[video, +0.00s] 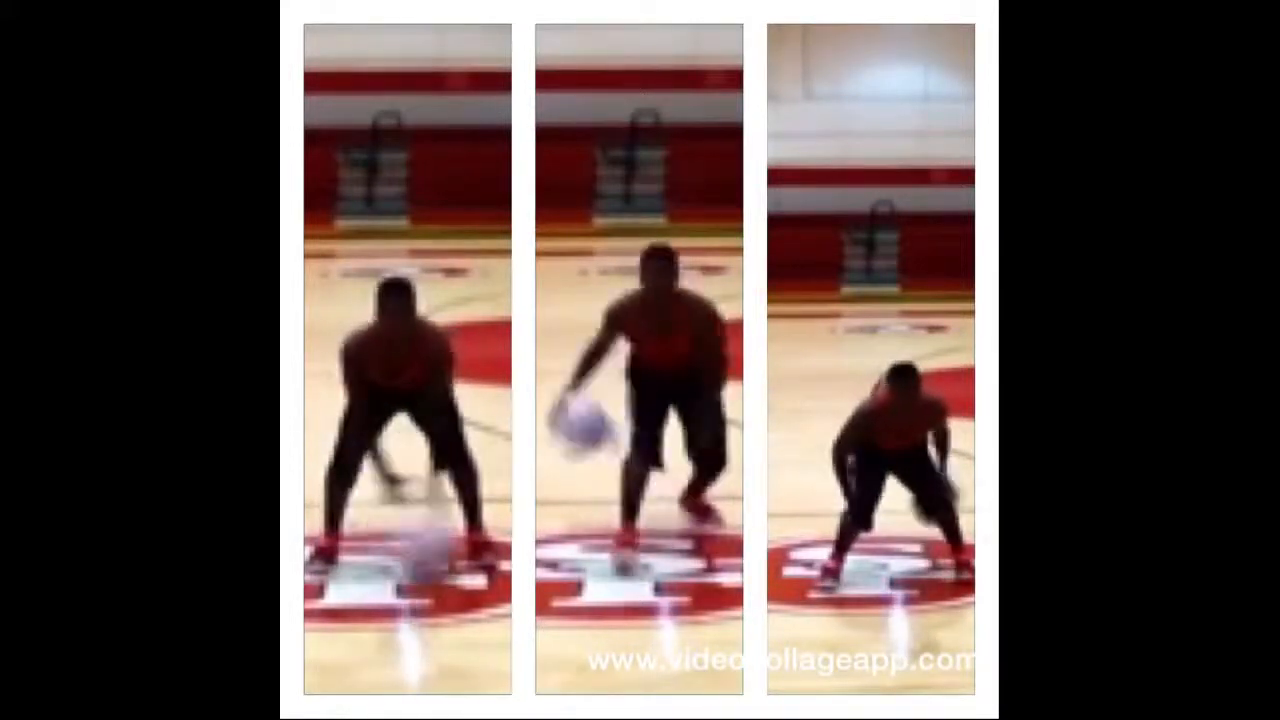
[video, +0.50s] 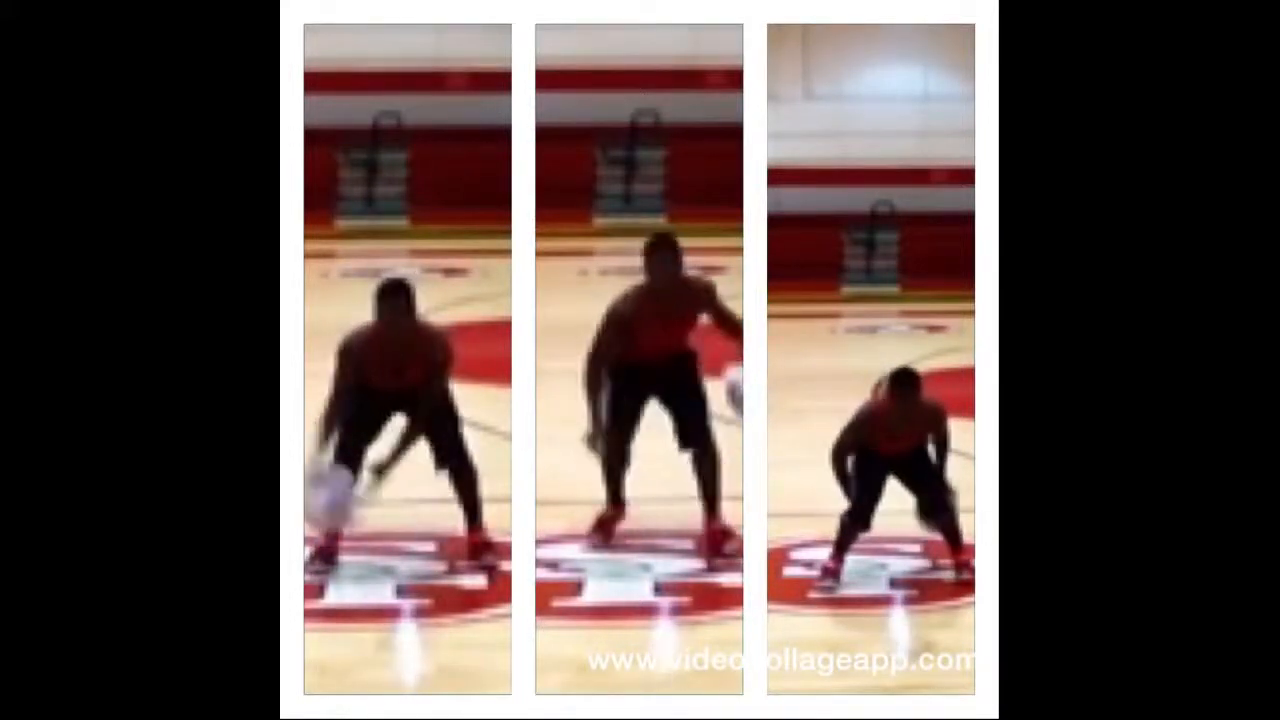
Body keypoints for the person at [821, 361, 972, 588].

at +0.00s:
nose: (905, 400)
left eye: (910, 393)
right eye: (899, 393)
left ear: (918, 389)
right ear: (889, 390)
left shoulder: (931, 409)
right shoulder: (871, 411)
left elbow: (941, 436)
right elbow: (839, 449)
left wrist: (942, 474)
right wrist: (849, 493)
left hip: (911, 454)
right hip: (871, 456)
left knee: (942, 502)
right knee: (859, 511)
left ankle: (960, 559)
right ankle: (835, 562)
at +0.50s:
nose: (904, 407)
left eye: (909, 400)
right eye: (900, 400)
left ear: (918, 396)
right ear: (889, 396)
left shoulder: (931, 413)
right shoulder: (871, 414)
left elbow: (941, 441)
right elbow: (838, 452)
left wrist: (939, 476)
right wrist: (850, 491)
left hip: (911, 455)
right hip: (872, 457)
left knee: (940, 502)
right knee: (860, 511)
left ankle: (959, 559)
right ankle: (835, 561)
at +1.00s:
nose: (901, 408)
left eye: (906, 401)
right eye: (896, 401)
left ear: (916, 396)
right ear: (887, 396)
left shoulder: (934, 416)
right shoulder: (872, 416)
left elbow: (942, 447)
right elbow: (846, 453)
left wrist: (931, 476)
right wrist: (864, 489)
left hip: (914, 458)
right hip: (876, 459)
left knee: (939, 507)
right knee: (861, 509)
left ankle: (960, 560)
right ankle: (834, 562)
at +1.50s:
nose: (891, 408)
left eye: (896, 401)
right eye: (885, 401)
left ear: (905, 395)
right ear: (876, 396)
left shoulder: (924, 412)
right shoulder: (862, 415)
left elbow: (943, 442)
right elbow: (836, 446)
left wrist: (929, 484)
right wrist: (854, 483)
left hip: (912, 453)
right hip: (872, 454)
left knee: (939, 501)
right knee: (860, 506)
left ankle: (960, 556)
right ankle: (834, 561)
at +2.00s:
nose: (881, 413)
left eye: (886, 406)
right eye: (875, 407)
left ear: (896, 399)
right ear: (867, 401)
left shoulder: (918, 414)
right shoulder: (856, 415)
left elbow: (941, 442)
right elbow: (831, 440)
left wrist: (926, 486)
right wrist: (841, 479)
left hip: (910, 453)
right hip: (868, 454)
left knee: (936, 500)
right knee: (850, 504)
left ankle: (960, 555)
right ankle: (833, 560)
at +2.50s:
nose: (890, 410)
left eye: (896, 404)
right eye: (885, 403)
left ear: (906, 397)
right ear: (877, 397)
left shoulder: (928, 413)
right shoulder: (866, 413)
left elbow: (950, 440)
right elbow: (842, 437)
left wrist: (942, 475)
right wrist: (854, 477)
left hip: (918, 455)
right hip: (877, 455)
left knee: (939, 502)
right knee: (858, 506)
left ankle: (961, 556)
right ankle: (834, 560)